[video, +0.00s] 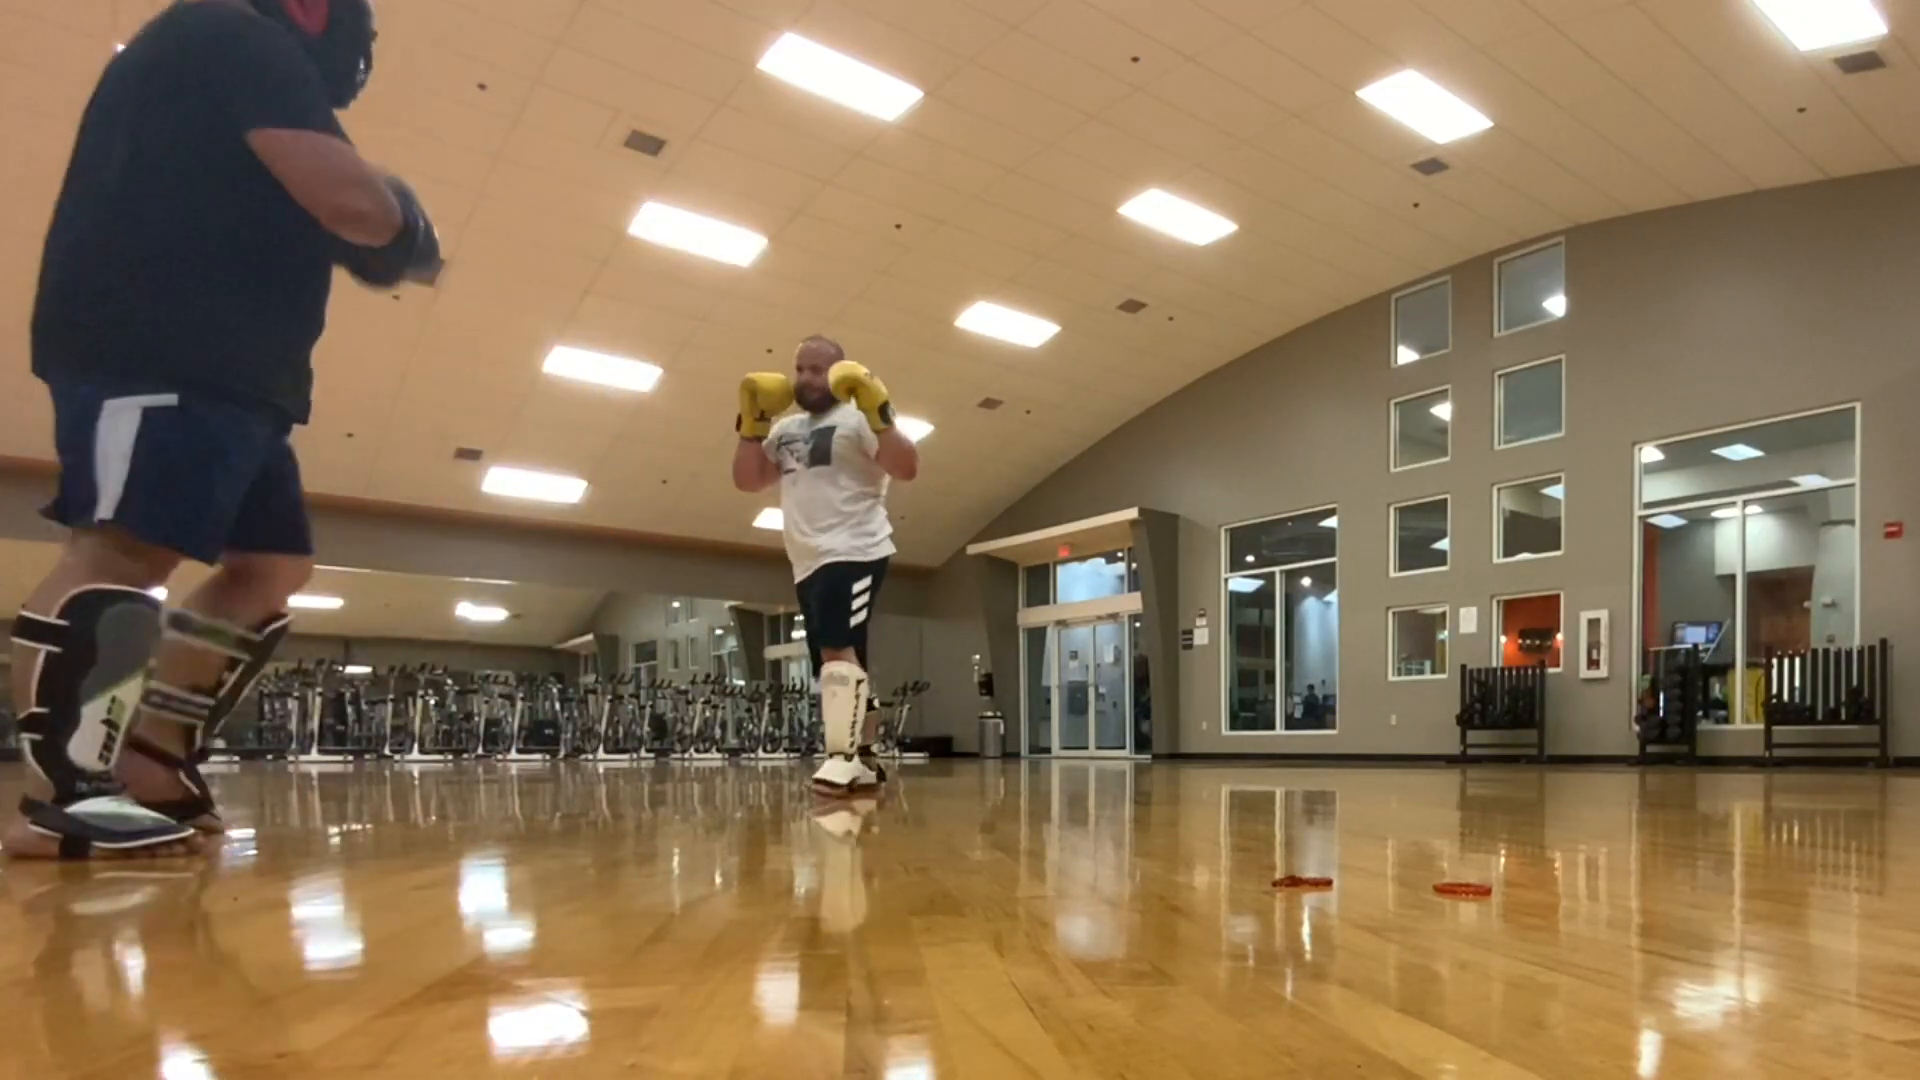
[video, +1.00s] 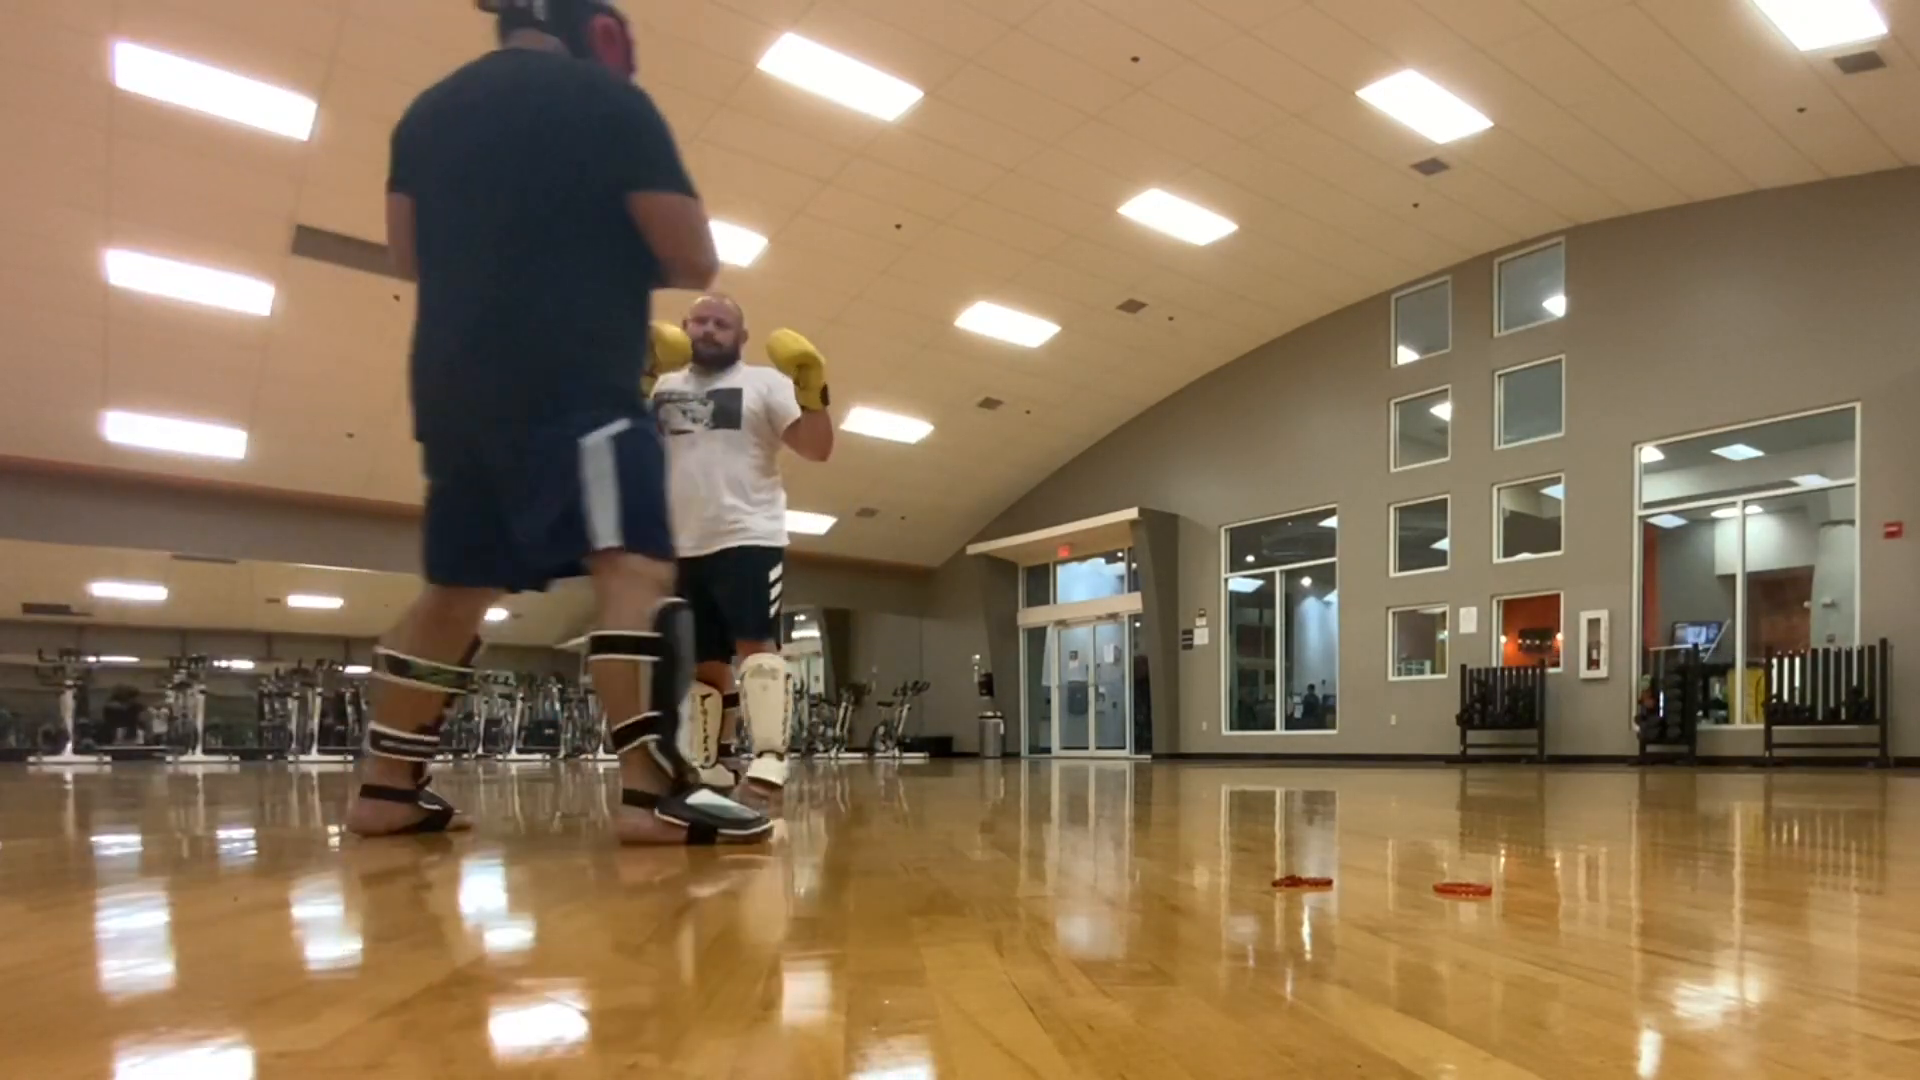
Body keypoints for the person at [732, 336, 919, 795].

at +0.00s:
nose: (810, 378)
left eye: (820, 370)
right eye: (803, 370)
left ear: (840, 374)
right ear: (793, 375)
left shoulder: (857, 418)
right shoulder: (785, 428)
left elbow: (906, 469)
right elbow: (748, 480)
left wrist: (881, 417)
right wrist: (750, 427)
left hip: (856, 549)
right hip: (810, 558)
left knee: (835, 647)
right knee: (840, 659)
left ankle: (841, 757)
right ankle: (863, 758)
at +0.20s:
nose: (789, 364)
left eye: (802, 356)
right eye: (784, 355)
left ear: (829, 363)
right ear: (777, 361)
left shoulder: (856, 408)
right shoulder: (770, 423)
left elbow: (890, 478)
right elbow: (752, 495)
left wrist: (846, 441)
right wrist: (734, 453)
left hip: (844, 544)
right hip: (794, 555)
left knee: (822, 650)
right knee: (804, 664)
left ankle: (835, 772)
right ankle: (845, 756)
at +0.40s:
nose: (776, 332)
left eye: (788, 324)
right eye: (770, 323)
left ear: (811, 339)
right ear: (761, 340)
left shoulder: (834, 382)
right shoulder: (755, 401)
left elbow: (863, 432)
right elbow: (721, 459)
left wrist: (818, 376)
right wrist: (714, 409)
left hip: (829, 541)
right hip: (773, 546)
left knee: (825, 653)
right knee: (753, 652)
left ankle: (837, 770)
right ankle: (786, 747)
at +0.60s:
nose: (752, 332)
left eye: (766, 322)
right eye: (745, 323)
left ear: (789, 335)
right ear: (735, 341)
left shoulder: (809, 382)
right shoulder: (725, 401)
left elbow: (839, 428)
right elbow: (690, 460)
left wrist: (799, 371)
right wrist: (686, 409)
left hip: (804, 545)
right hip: (741, 552)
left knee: (817, 654)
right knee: (729, 658)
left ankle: (836, 769)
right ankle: (716, 767)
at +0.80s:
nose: (717, 338)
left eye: (730, 331)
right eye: (709, 329)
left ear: (755, 342)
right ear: (697, 339)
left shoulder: (784, 388)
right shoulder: (683, 395)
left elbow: (830, 461)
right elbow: (651, 471)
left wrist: (798, 423)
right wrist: (660, 429)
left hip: (769, 536)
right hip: (705, 546)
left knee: (779, 635)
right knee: (705, 658)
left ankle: (818, 750)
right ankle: (710, 766)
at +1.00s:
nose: (707, 330)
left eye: (721, 324)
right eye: (699, 320)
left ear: (741, 338)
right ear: (684, 331)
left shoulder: (766, 382)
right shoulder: (664, 384)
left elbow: (817, 447)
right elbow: (626, 434)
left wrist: (815, 393)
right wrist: (639, 373)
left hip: (750, 534)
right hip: (686, 540)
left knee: (754, 646)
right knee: (706, 661)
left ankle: (769, 759)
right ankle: (705, 767)